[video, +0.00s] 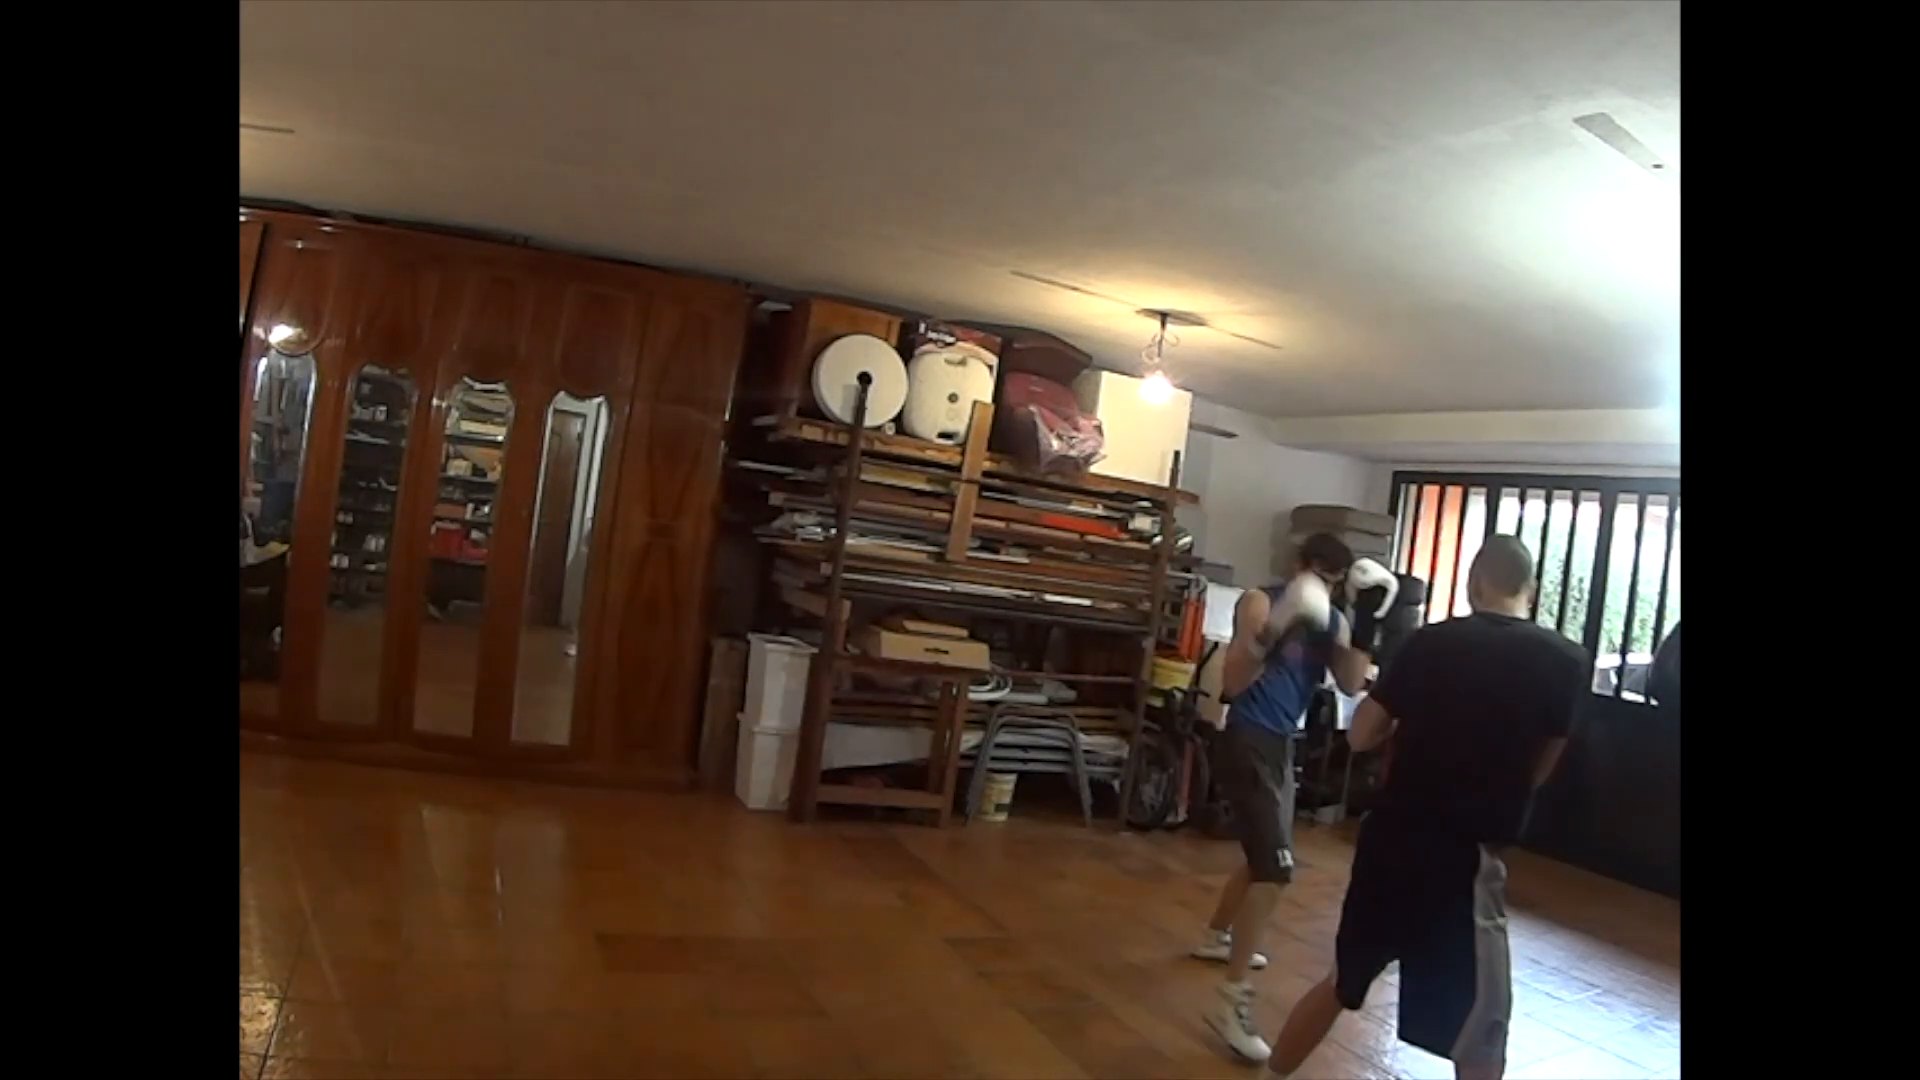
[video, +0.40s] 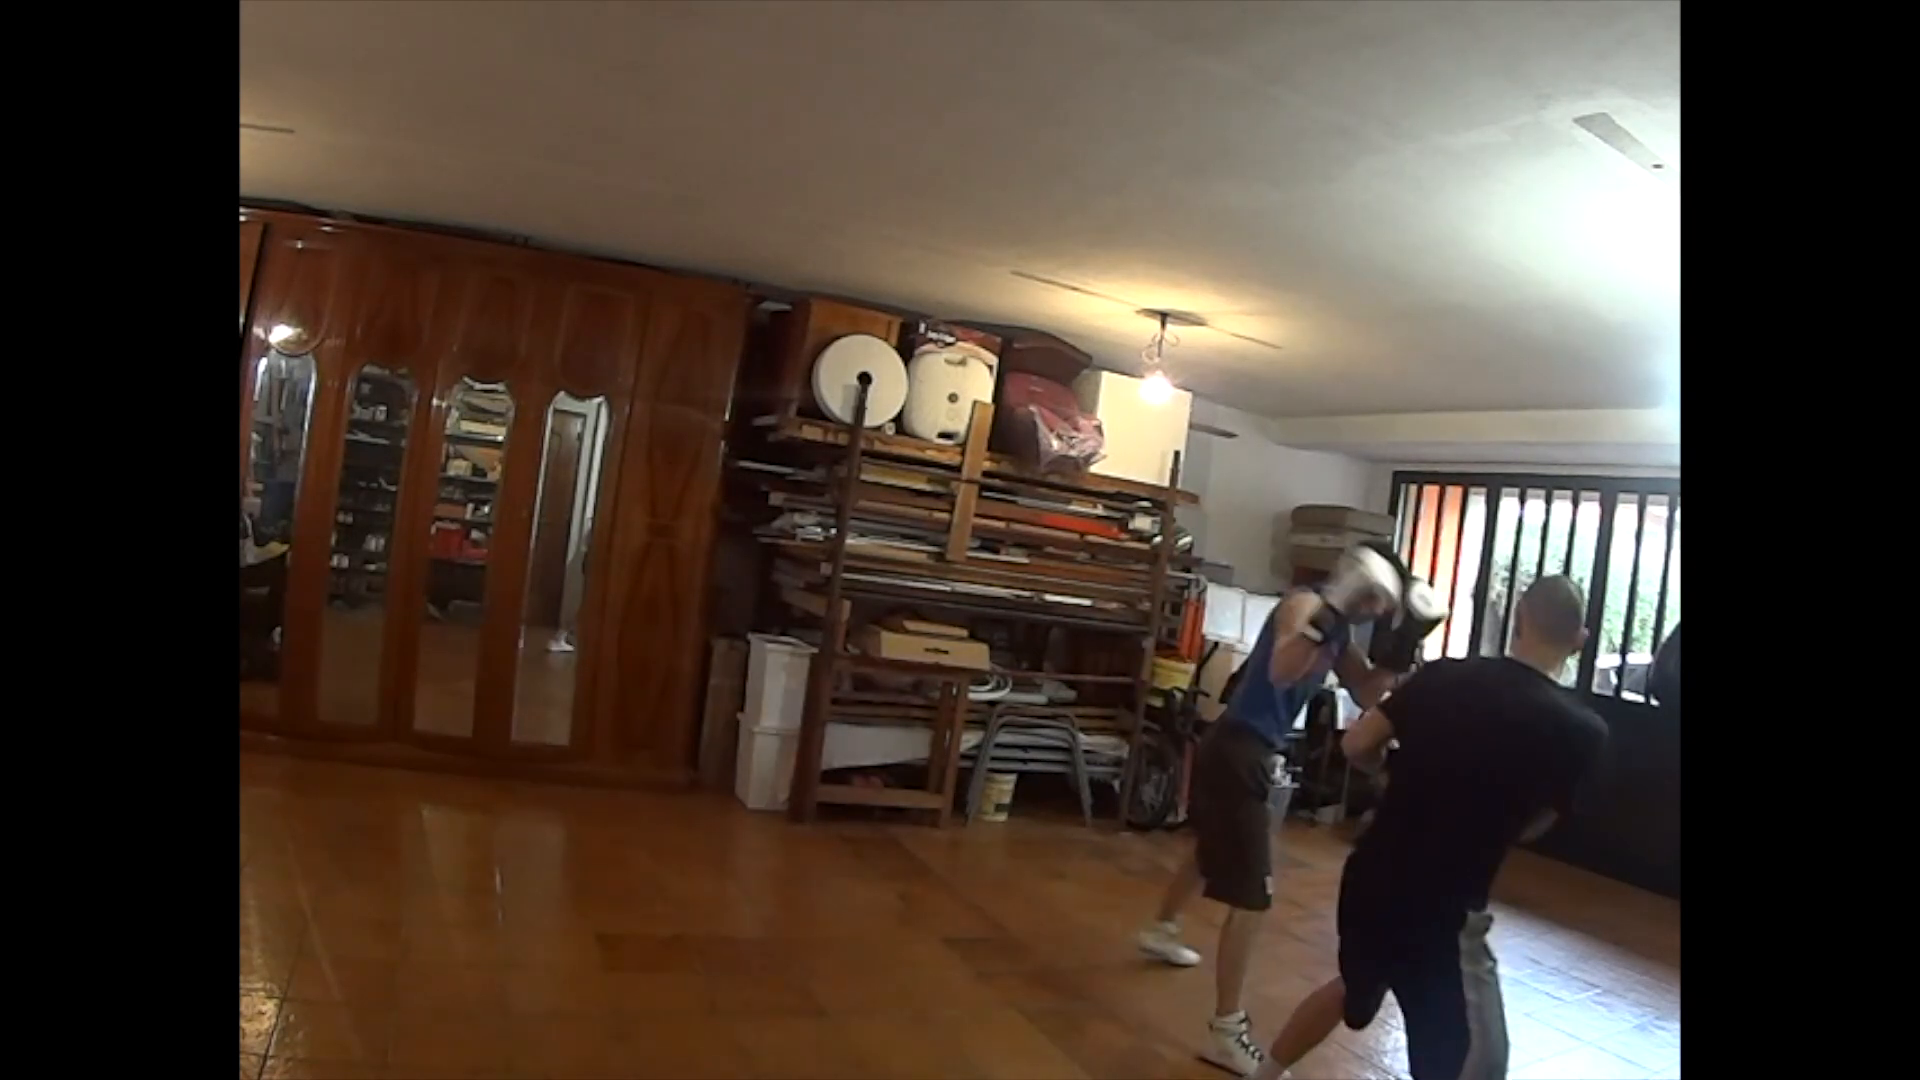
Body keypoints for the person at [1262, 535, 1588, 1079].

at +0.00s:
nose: (1471, 588)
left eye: (1470, 579)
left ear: (1472, 583)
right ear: (1531, 590)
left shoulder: (1429, 642)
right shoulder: (1565, 661)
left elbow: (1361, 735)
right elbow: (1540, 770)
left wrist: (1408, 720)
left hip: (1394, 836)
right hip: (1473, 860)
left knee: (1342, 982)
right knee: (1481, 1035)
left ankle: (1273, 1071)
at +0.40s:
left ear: (1518, 619)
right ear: (1580, 641)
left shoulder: (1441, 676)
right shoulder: (1580, 730)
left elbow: (1356, 744)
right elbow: (1530, 827)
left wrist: (1398, 779)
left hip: (1371, 874)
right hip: (1450, 913)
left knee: (1351, 987)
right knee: (1474, 1064)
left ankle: (1264, 1071)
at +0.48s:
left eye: (1511, 609)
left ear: (1509, 615)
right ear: (1569, 638)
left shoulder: (1440, 669)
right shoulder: (1571, 722)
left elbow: (1367, 689)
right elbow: (1534, 828)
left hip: (1362, 866)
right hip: (1437, 902)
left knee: (1347, 987)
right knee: (1459, 1066)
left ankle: (1265, 1070)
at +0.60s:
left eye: (1478, 608)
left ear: (1474, 612)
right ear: (1528, 630)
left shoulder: (1418, 653)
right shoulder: (1526, 688)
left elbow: (1366, 633)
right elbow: (1498, 810)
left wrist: (1357, 588)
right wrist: (1440, 774)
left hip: (1333, 843)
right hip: (1394, 864)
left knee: (1335, 986)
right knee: (1409, 1055)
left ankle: (1264, 1071)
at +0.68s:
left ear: (1460, 617)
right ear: (1518, 631)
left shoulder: (1413, 652)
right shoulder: (1514, 685)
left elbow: (1312, 664)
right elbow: (1487, 810)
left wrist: (1299, 595)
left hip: (1319, 839)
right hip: (1377, 858)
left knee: (1331, 986)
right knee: (1380, 1042)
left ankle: (1264, 1070)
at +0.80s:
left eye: (1437, 605)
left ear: (1436, 608)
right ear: (1494, 616)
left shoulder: (1386, 648)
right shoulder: (1495, 677)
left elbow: (1300, 714)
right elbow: (1469, 799)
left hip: (1298, 831)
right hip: (1354, 856)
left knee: (1306, 985)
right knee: (1326, 1037)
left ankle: (1262, 1068)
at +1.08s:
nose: (1388, 571)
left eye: (1388, 561)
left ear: (1388, 566)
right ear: (1450, 580)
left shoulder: (1330, 630)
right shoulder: (1458, 659)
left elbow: (1252, 715)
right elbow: (1439, 781)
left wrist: (1306, 732)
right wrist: (1382, 755)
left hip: (1270, 832)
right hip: (1337, 857)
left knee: (1262, 991)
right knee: (1305, 1022)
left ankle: (1250, 1069)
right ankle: (1284, 1069)